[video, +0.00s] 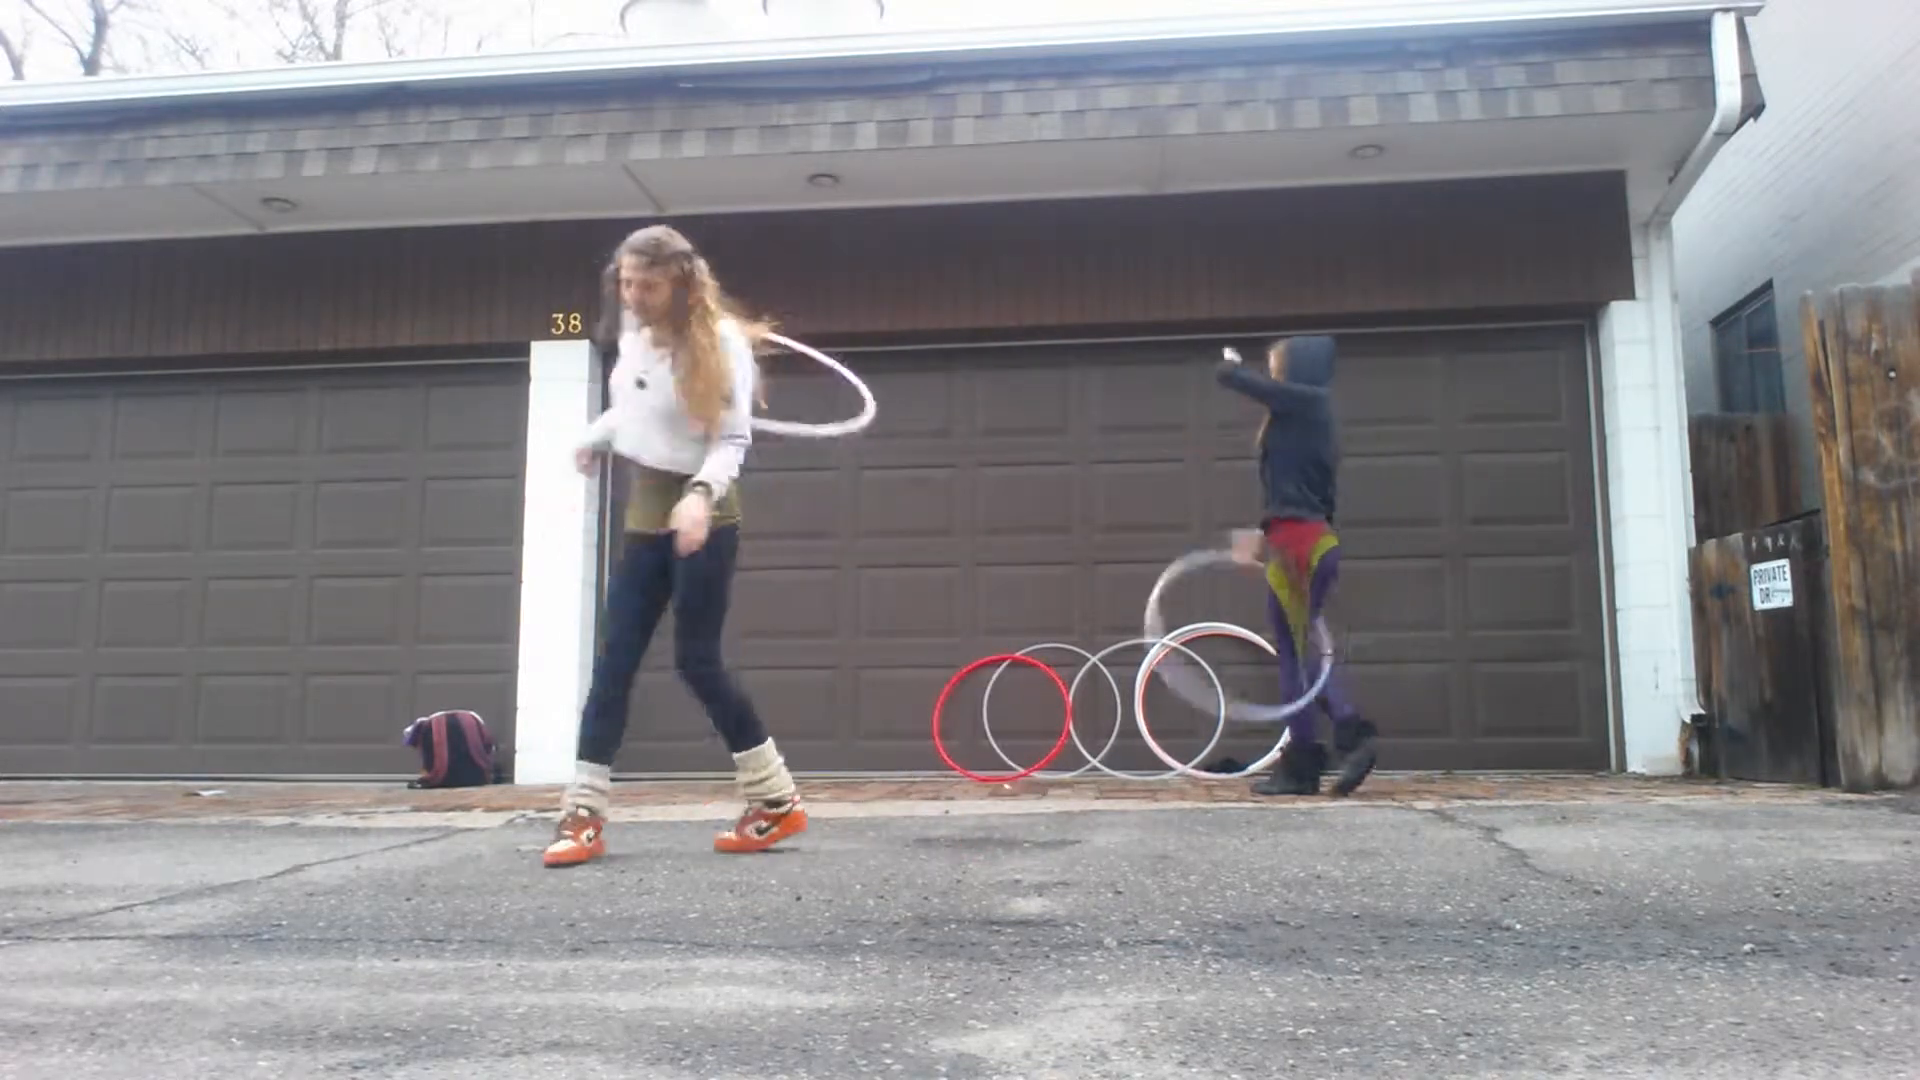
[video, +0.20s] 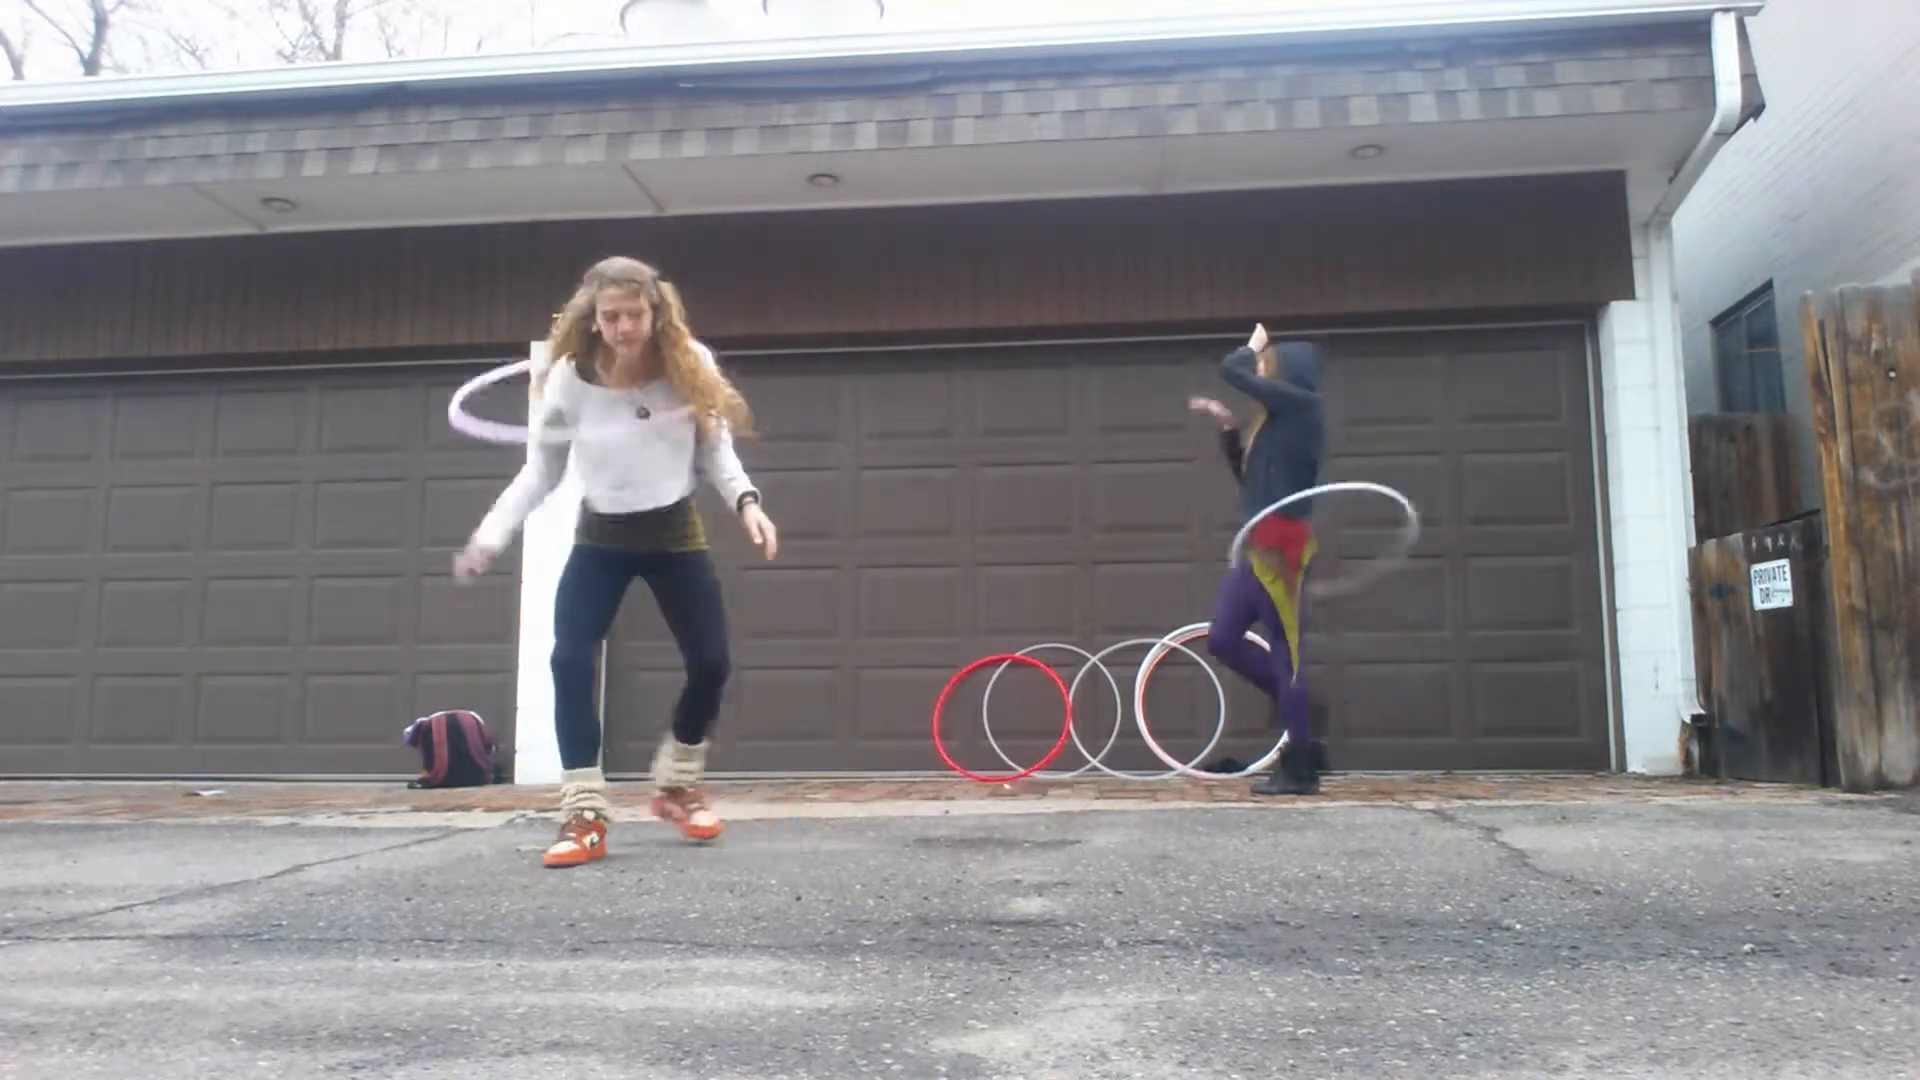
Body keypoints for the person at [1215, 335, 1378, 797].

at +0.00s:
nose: (1270, 368)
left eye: (1276, 361)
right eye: (1270, 362)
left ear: (1295, 365)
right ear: (1310, 366)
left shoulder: (1306, 400)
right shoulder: (1300, 409)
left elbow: (1231, 378)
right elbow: (1295, 481)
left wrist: (1233, 363)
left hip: (1301, 537)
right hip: (1292, 537)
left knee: (1300, 648)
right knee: (1294, 652)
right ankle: (1302, 760)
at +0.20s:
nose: (1257, 370)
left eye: (1264, 364)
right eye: (1258, 363)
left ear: (1287, 370)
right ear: (1288, 373)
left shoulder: (1302, 406)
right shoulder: (1272, 417)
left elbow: (1233, 371)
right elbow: (1249, 479)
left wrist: (1254, 344)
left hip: (1283, 537)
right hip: (1258, 537)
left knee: (1284, 651)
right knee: (1223, 640)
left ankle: (1300, 762)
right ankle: (1302, 704)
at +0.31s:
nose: (1248, 383)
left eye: (1255, 374)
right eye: (1249, 374)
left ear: (1278, 378)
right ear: (1262, 381)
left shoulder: (1296, 413)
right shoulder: (1258, 423)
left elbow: (1227, 378)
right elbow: (1224, 462)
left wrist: (1245, 351)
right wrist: (1231, 414)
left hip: (1271, 545)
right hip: (1240, 543)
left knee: (1279, 652)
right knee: (1198, 631)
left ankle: (1298, 762)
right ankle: (1260, 691)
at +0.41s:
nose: (1242, 379)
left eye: (1251, 372)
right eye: (1242, 373)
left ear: (1274, 376)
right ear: (1247, 379)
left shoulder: (1287, 413)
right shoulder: (1249, 422)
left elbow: (1216, 394)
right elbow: (1209, 462)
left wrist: (1230, 362)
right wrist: (1230, 413)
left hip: (1264, 545)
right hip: (1233, 542)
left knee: (1268, 652)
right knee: (1186, 626)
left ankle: (1295, 761)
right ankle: (1240, 705)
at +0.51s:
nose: (1236, 388)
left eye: (1245, 380)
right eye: (1235, 380)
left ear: (1265, 386)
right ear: (1236, 384)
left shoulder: (1275, 420)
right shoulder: (1235, 429)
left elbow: (1216, 426)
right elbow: (1190, 476)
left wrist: (1213, 391)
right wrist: (1203, 434)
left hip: (1264, 548)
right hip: (1231, 548)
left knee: (1245, 649)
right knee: (1183, 637)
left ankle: (1283, 754)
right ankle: (1220, 742)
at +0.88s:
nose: (1186, 531)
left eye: (1196, 525)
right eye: (1183, 523)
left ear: (1212, 533)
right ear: (1176, 528)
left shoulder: (1229, 566)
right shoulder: (1180, 567)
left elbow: (1264, 586)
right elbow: (1169, 536)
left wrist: (1213, 569)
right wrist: (1143, 550)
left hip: (1266, 672)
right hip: (1221, 668)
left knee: (1191, 688)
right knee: (1165, 686)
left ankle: (1251, 754)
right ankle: (1223, 756)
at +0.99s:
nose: (1185, 563)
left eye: (1194, 554)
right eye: (1180, 555)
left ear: (1211, 560)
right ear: (1173, 561)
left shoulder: (1234, 596)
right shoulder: (1177, 595)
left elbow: (1294, 617)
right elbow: (1142, 570)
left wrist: (1236, 607)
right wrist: (1135, 581)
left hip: (1264, 692)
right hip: (1216, 685)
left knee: (1192, 688)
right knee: (1165, 686)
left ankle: (1248, 761)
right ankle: (1222, 759)